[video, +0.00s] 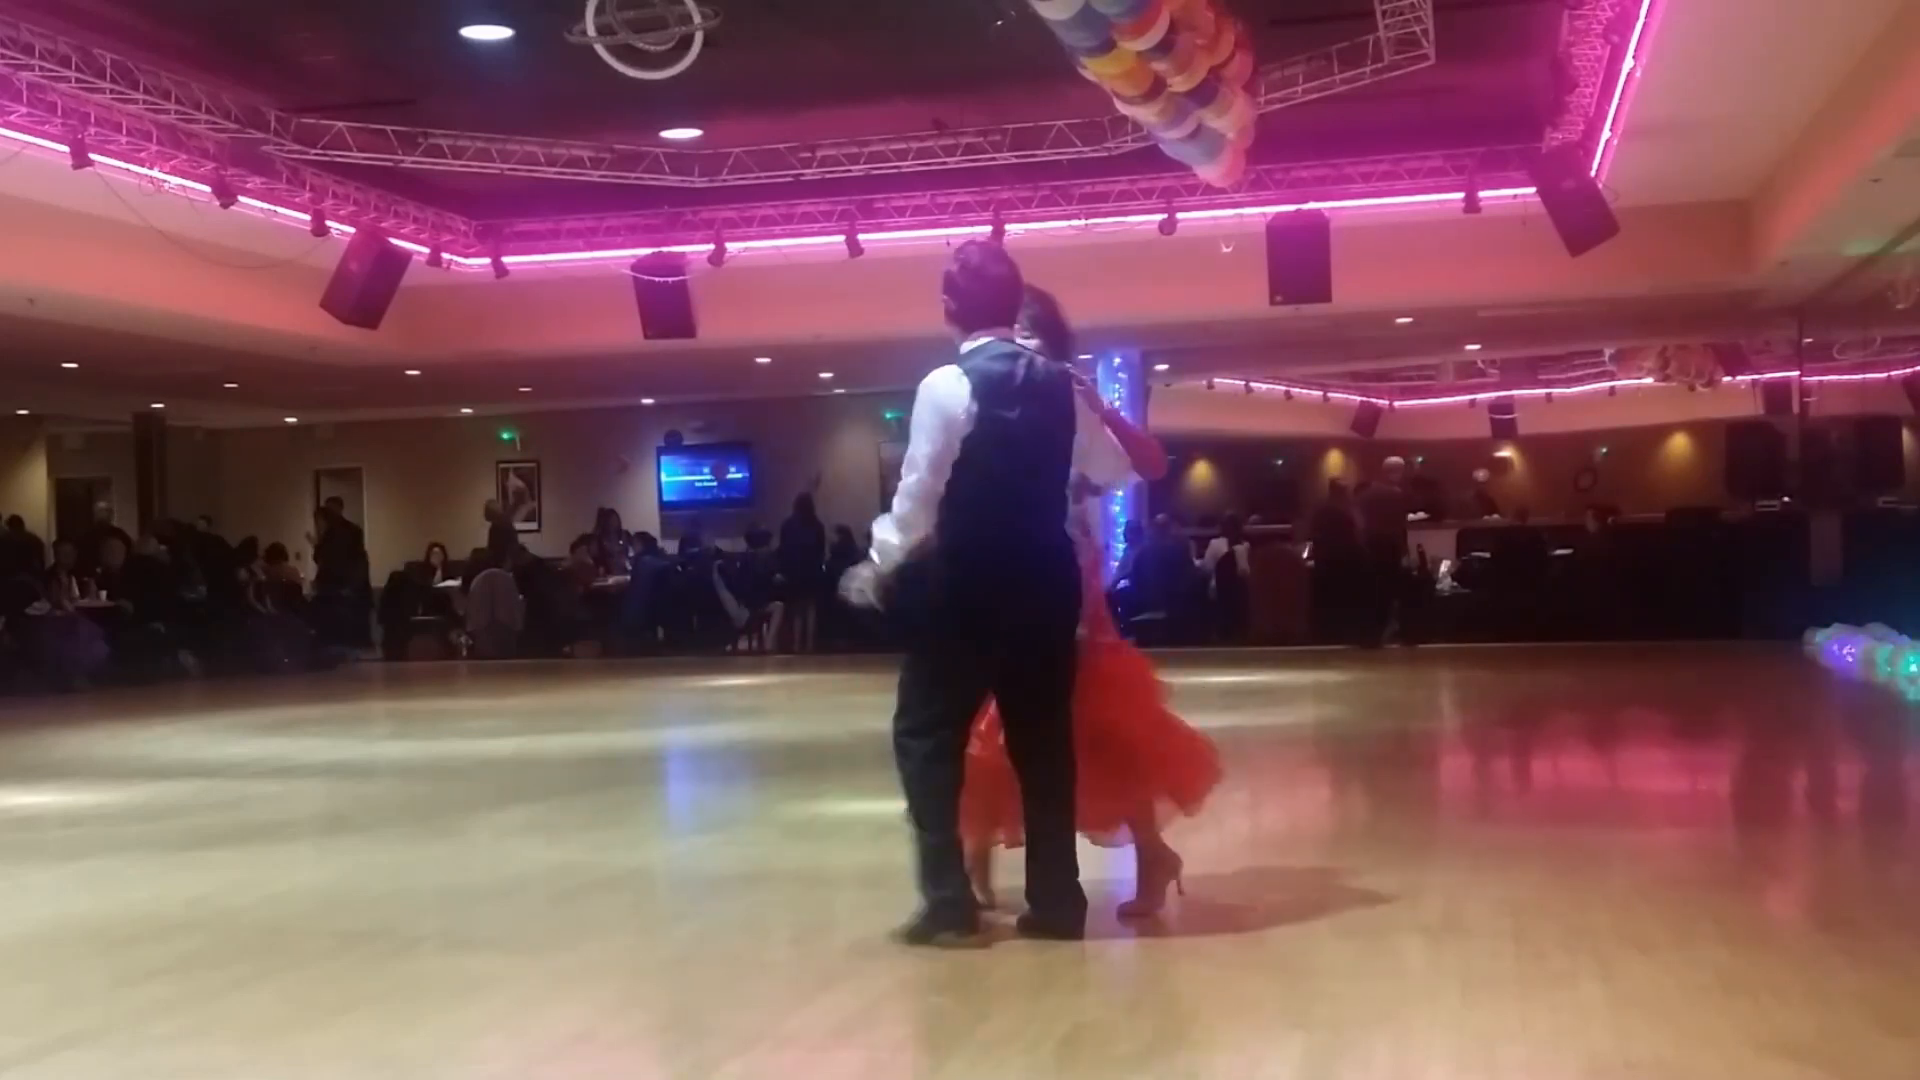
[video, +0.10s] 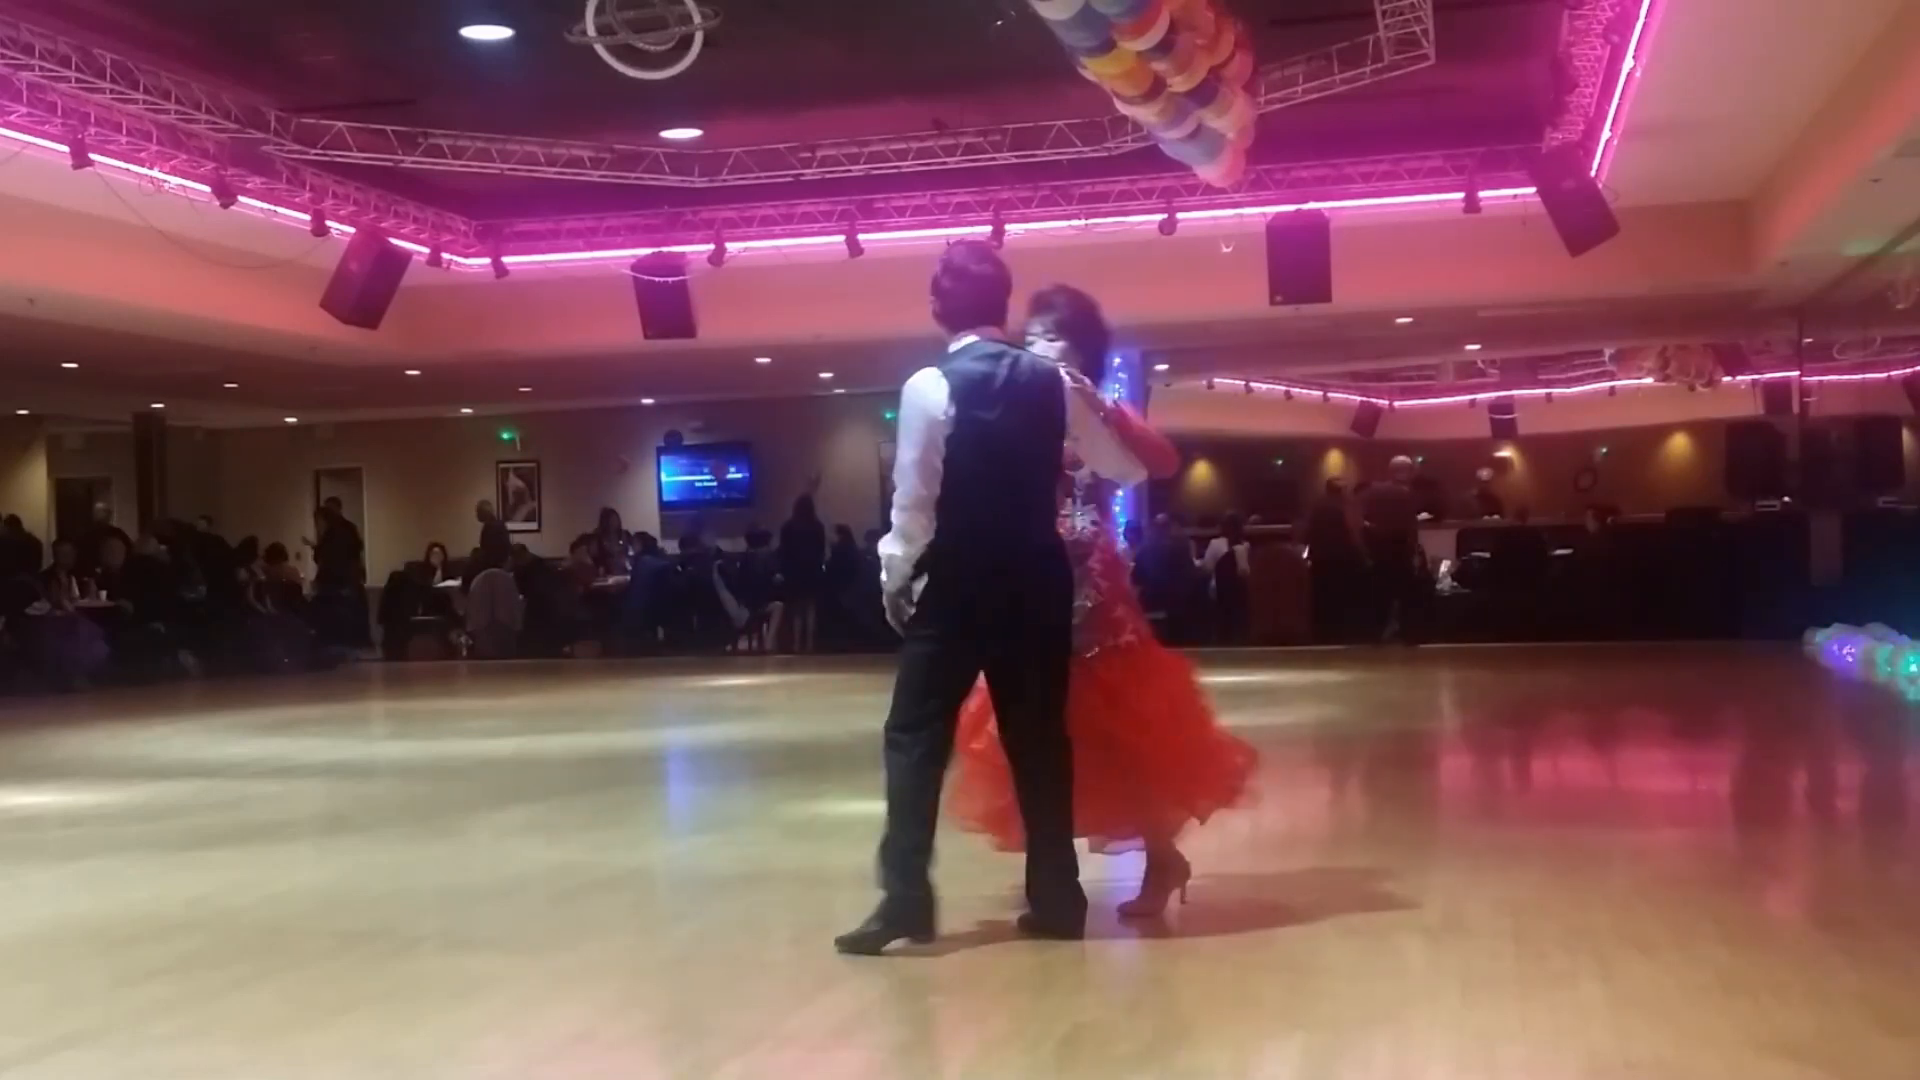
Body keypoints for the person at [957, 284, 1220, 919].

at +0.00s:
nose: (1021, 343)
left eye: (1033, 332)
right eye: (1013, 332)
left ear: (1057, 343)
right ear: (998, 339)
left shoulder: (1077, 399)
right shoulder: (983, 407)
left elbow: (1153, 463)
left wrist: (1095, 410)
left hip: (1072, 588)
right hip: (999, 585)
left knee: (1100, 715)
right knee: (981, 731)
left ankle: (1150, 850)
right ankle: (977, 878)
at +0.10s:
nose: (1045, 348)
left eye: (1059, 337)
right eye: (1035, 337)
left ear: (1090, 348)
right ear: (1022, 344)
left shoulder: (1103, 409)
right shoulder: (1008, 404)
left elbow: (1165, 461)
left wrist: (1097, 407)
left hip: (1085, 564)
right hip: (1025, 565)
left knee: (1106, 707)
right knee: (1027, 714)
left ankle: (1160, 851)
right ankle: (1048, 869)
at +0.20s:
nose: (1062, 349)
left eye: (1075, 337)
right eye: (1055, 337)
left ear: (1109, 347)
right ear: (1047, 346)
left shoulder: (1121, 406)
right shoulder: (1048, 410)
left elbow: (1165, 456)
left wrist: (1091, 406)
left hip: (1108, 571)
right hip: (1063, 571)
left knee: (1110, 713)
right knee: (1098, 715)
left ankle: (1159, 850)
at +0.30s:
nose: (1075, 352)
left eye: (1090, 339)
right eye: (1073, 339)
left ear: (1127, 348)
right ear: (1076, 346)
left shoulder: (1130, 401)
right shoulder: (1097, 411)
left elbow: (1159, 452)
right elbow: (1099, 518)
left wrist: (1080, 408)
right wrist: (1059, 579)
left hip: (1128, 576)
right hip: (1110, 577)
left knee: (1133, 721)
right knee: (1137, 719)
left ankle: (1171, 858)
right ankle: (1202, 842)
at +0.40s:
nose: (1090, 348)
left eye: (1103, 336)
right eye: (1087, 336)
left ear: (1138, 344)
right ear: (1092, 341)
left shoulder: (1137, 395)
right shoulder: (1115, 405)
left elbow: (1155, 444)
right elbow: (1120, 518)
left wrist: (1075, 404)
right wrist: (1093, 582)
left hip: (1139, 579)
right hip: (1136, 577)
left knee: (1121, 721)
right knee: (1153, 722)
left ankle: (1163, 859)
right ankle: (1229, 851)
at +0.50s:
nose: (1092, 350)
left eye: (1104, 338)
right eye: (1090, 338)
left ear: (1138, 345)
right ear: (1127, 349)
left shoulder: (1141, 397)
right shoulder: (1133, 405)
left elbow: (1154, 433)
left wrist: (1082, 398)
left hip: (1146, 574)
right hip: (1151, 572)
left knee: (1091, 712)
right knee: (1180, 717)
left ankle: (1150, 851)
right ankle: (1233, 854)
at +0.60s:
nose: (1085, 359)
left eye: (1098, 347)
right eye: (1083, 347)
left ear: (1134, 351)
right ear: (1089, 350)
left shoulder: (1149, 405)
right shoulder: (1101, 414)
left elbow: (1162, 438)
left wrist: (1088, 398)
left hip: (1151, 581)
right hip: (1131, 583)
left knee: (1078, 694)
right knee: (1179, 724)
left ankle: (1106, 852)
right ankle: (1231, 853)